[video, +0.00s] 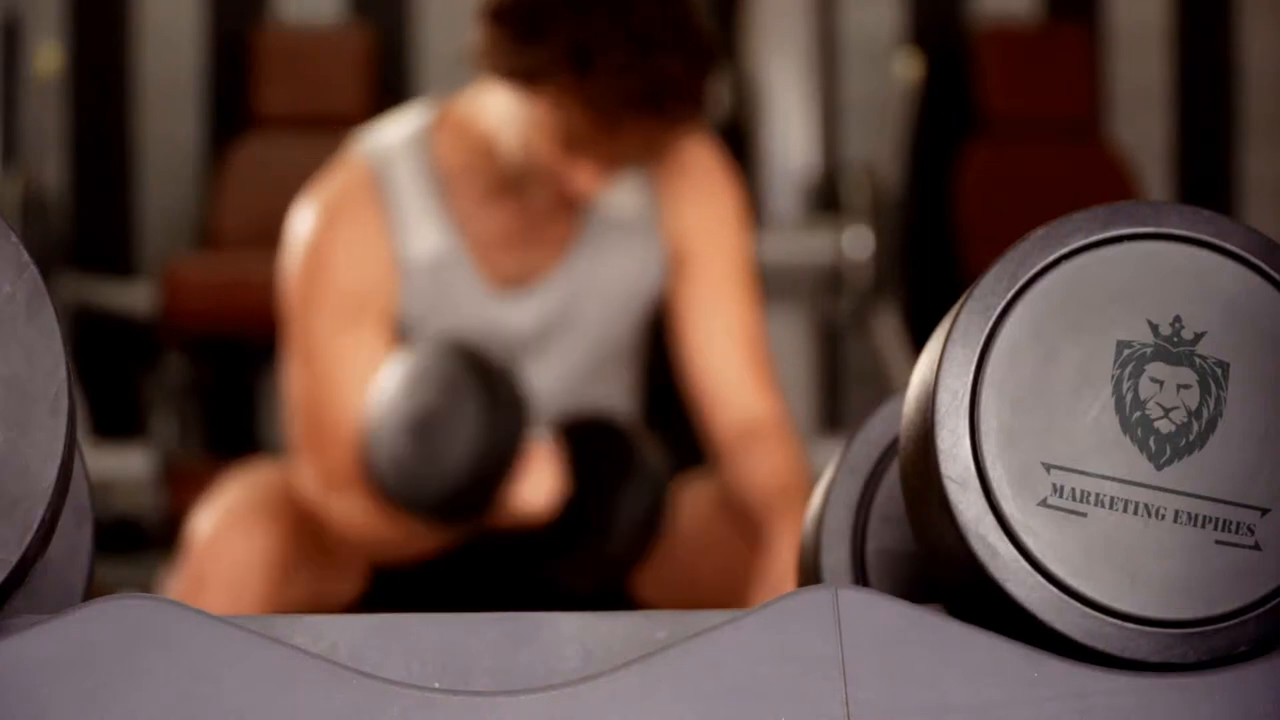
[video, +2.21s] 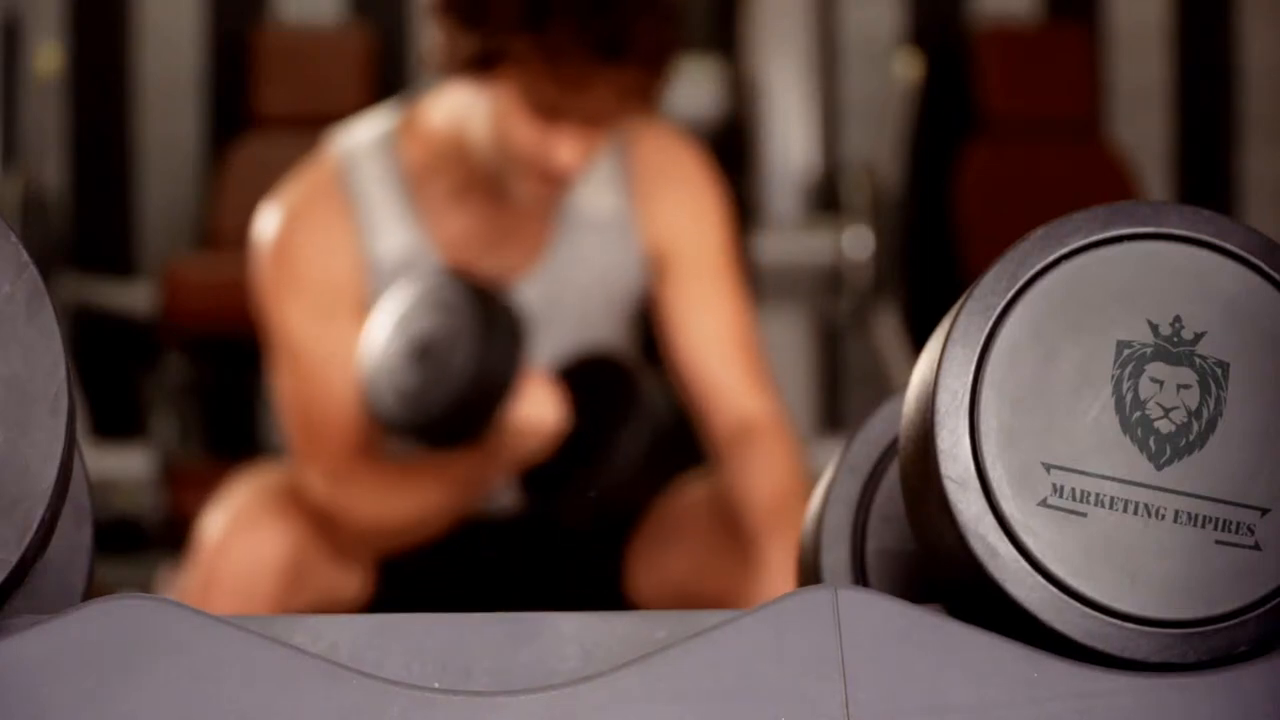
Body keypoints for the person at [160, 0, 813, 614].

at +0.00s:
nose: (591, 182)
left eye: (621, 156)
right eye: (573, 145)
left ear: (658, 121)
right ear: (514, 84)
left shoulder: (681, 170)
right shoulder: (350, 210)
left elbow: (749, 425)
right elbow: (343, 503)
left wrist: (797, 544)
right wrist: (498, 494)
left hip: (595, 534)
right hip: (399, 538)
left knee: (797, 534)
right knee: (242, 523)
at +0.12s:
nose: (600, 180)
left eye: (633, 153)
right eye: (584, 141)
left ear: (672, 119)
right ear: (527, 75)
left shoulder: (692, 171)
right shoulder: (369, 210)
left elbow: (750, 423)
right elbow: (341, 497)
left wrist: (797, 536)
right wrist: (497, 574)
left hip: (607, 512)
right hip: (423, 516)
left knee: (794, 533)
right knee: (241, 528)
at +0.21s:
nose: (605, 182)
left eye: (639, 155)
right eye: (588, 142)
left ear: (676, 122)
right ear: (527, 78)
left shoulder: (698, 174)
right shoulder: (380, 209)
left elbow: (752, 425)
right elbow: (344, 507)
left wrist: (802, 544)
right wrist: (436, 636)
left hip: (605, 512)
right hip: (415, 518)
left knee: (800, 542)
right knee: (241, 529)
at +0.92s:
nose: (613, 207)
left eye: (646, 176)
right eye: (593, 166)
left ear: (681, 147)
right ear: (529, 101)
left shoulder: (695, 178)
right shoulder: (394, 242)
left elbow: (756, 431)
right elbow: (348, 554)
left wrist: (805, 575)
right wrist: (354, 719)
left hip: (602, 524)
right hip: (416, 533)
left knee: (795, 539)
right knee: (238, 533)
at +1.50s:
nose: (611, 168)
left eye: (645, 137)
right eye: (591, 127)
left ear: (676, 110)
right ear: (524, 67)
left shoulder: (696, 170)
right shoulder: (393, 210)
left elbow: (753, 428)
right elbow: (337, 510)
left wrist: (790, 570)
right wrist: (457, 668)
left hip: (601, 521)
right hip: (418, 529)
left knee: (792, 540)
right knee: (241, 526)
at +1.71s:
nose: (606, 154)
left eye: (638, 123)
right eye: (583, 113)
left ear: (674, 101)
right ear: (520, 52)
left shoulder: (692, 171)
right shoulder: (377, 205)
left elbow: (756, 428)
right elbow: (343, 494)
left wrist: (783, 579)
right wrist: (488, 561)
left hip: (603, 533)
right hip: (414, 533)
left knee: (795, 517)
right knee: (248, 527)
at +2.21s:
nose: (573, 153)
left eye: (604, 120)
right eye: (547, 112)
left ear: (636, 98)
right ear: (476, 61)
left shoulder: (661, 171)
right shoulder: (314, 217)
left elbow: (746, 422)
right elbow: (346, 502)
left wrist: (789, 596)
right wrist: (494, 455)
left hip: (598, 525)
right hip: (399, 535)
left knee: (784, 541)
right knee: (250, 536)